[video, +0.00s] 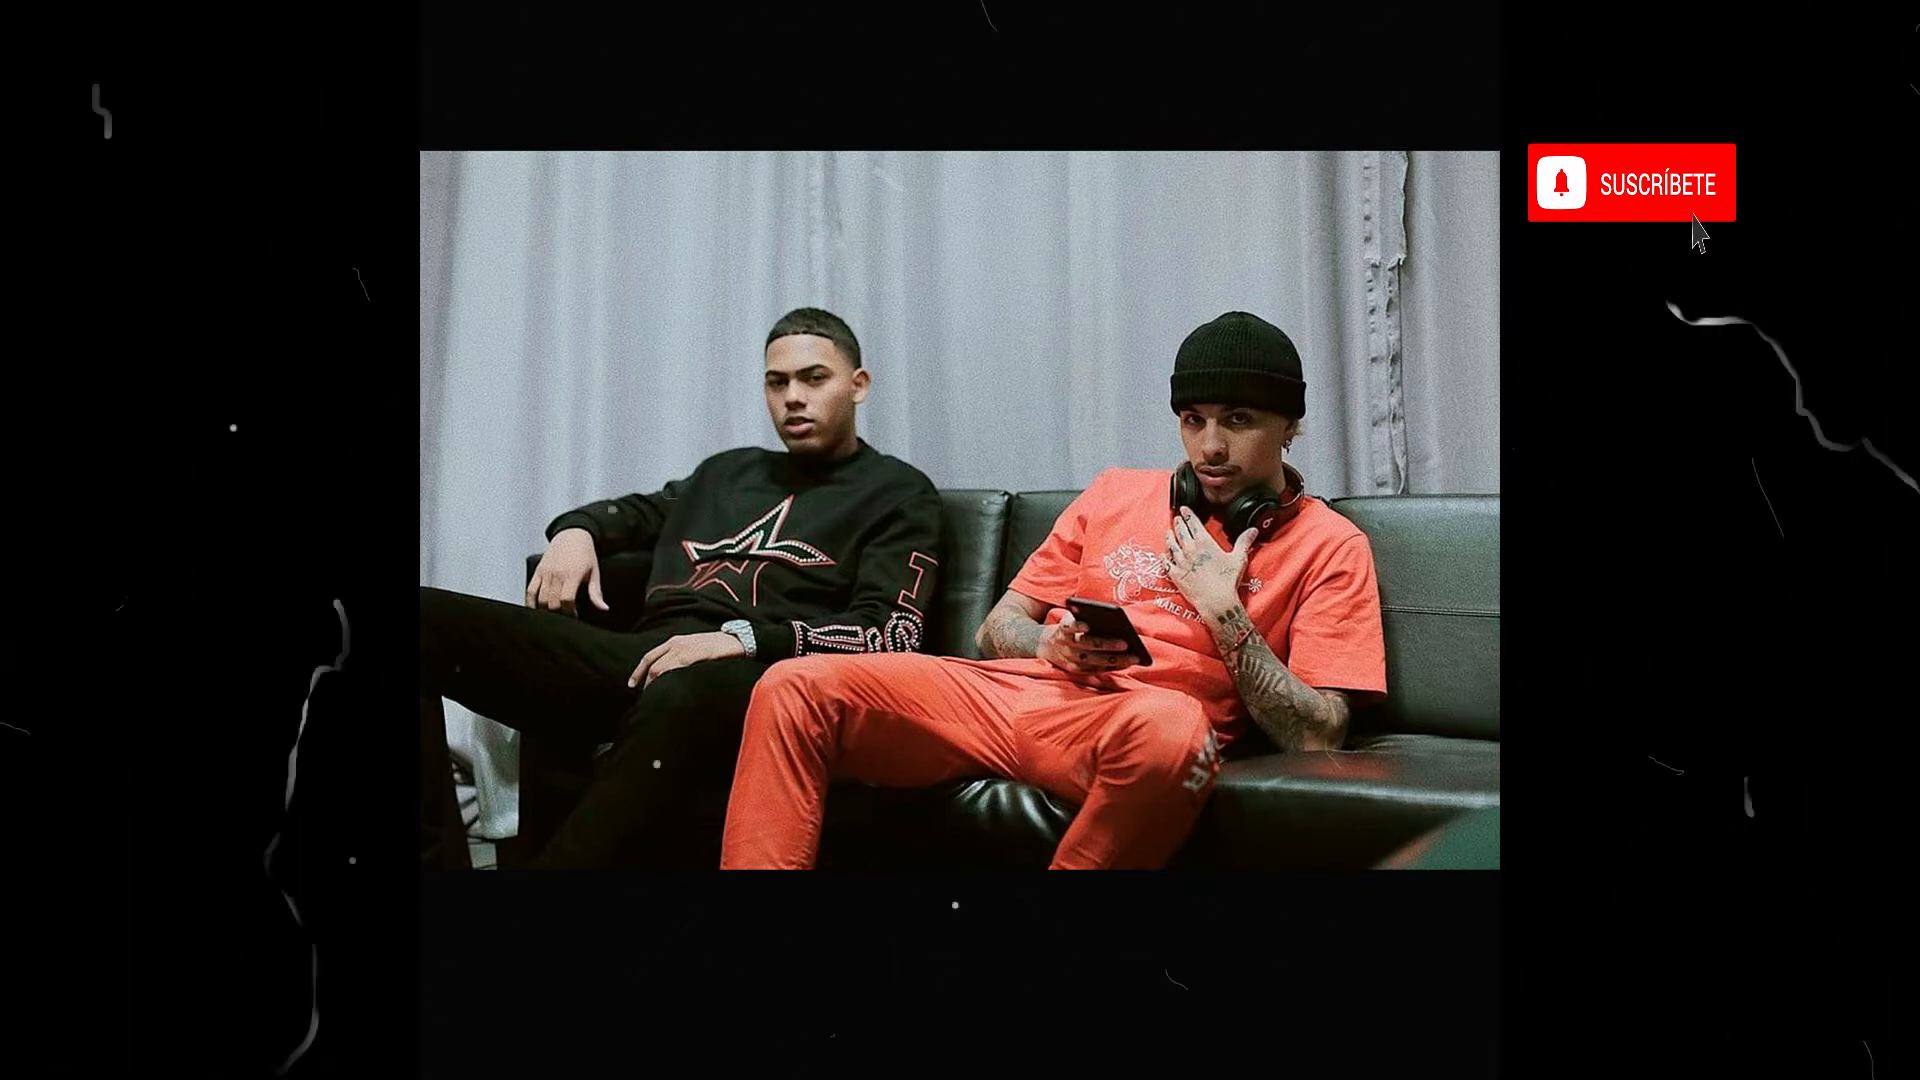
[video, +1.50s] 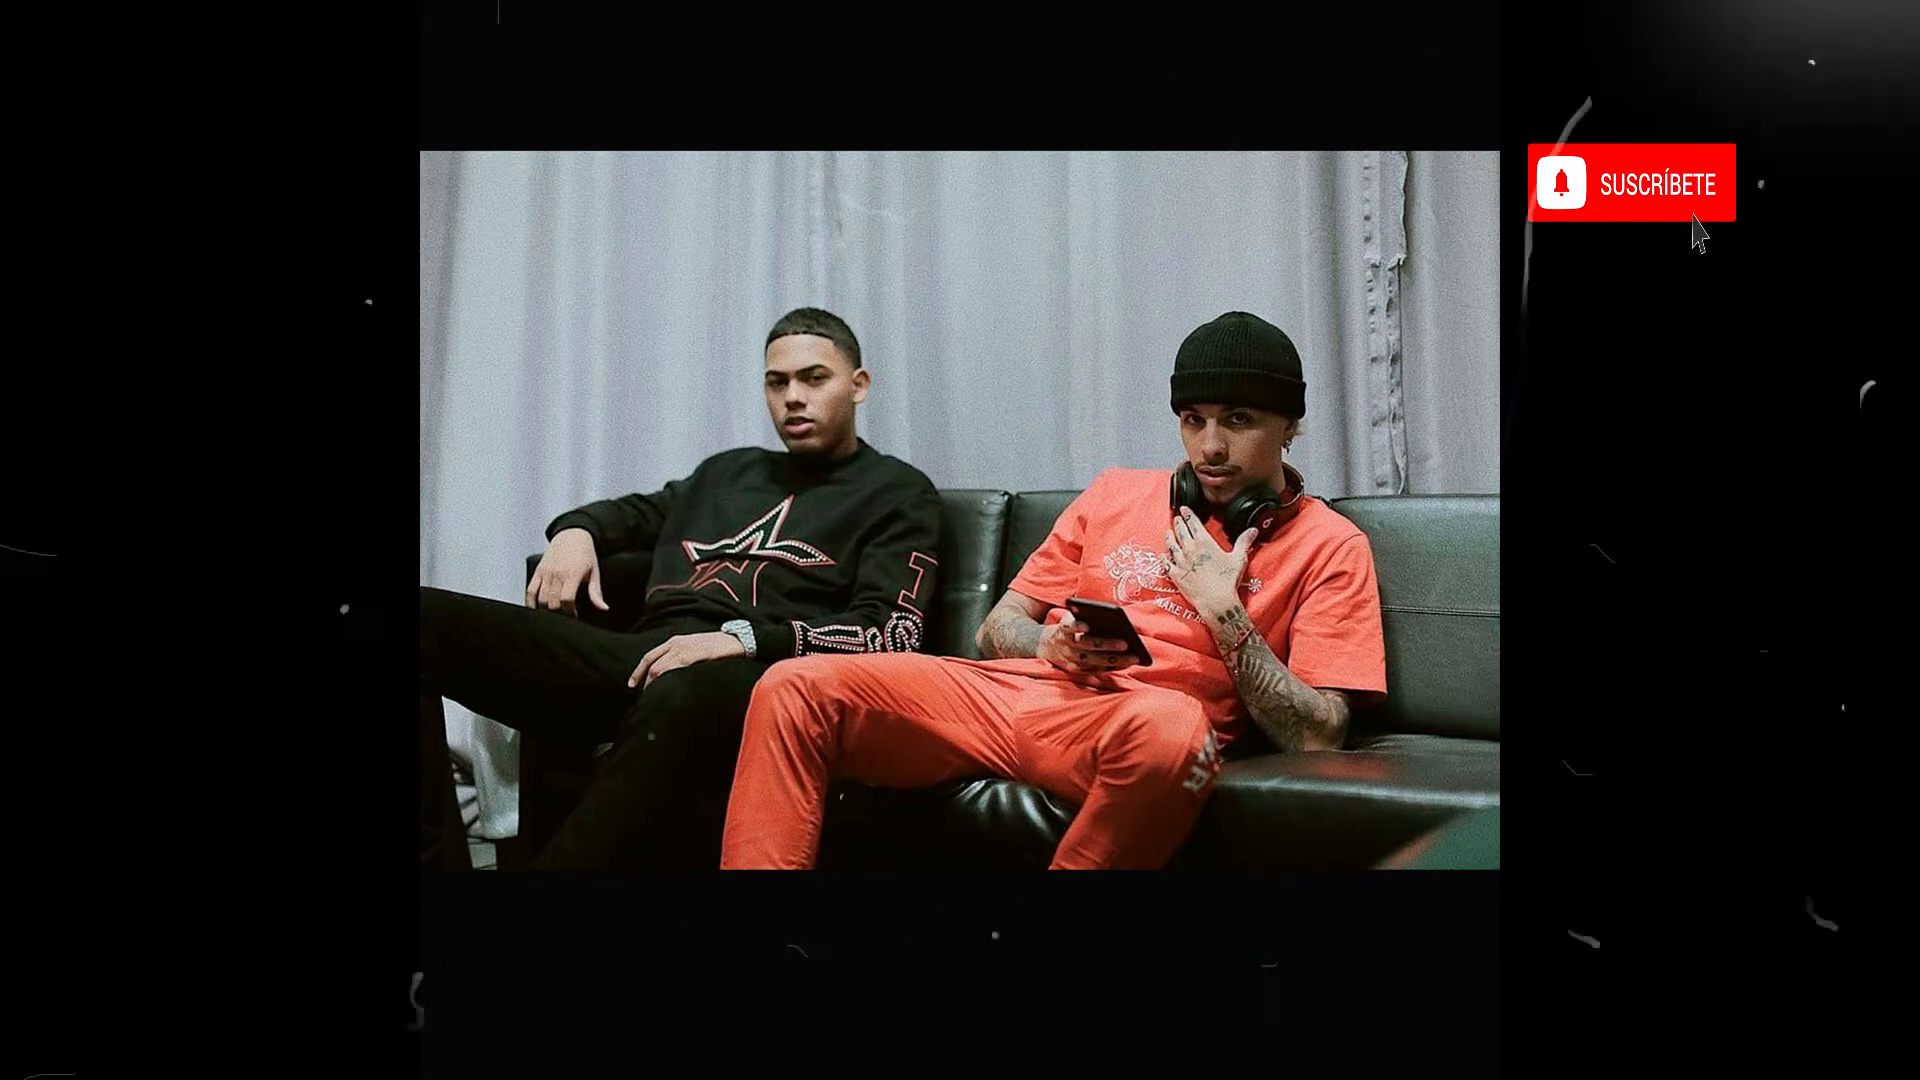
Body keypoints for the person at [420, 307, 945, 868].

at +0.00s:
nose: (793, 399)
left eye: (814, 378)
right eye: (779, 382)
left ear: (859, 385)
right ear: (765, 390)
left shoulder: (900, 494)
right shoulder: (727, 472)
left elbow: (893, 635)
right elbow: (643, 516)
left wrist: (743, 639)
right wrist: (575, 530)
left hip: (771, 681)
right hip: (637, 654)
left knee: (682, 701)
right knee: (424, 617)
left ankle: (561, 870)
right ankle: (440, 857)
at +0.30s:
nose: (793, 399)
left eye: (814, 378)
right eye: (779, 382)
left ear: (859, 385)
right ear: (765, 390)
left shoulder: (897, 494)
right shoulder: (729, 471)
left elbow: (893, 636)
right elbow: (642, 515)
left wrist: (741, 640)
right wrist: (575, 530)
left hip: (770, 681)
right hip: (637, 653)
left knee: (683, 701)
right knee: (426, 617)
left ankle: (562, 871)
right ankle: (441, 856)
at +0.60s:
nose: (793, 399)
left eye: (813, 378)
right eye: (779, 382)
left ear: (859, 385)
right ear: (765, 391)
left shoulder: (900, 494)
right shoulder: (728, 472)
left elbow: (892, 635)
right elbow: (640, 515)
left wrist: (744, 638)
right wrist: (575, 530)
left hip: (772, 681)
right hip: (638, 653)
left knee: (684, 699)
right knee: (426, 617)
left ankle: (562, 872)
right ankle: (440, 857)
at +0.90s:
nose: (793, 399)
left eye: (813, 379)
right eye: (779, 382)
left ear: (859, 385)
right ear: (765, 391)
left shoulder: (900, 494)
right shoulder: (728, 472)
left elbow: (891, 634)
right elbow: (641, 515)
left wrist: (743, 638)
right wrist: (575, 530)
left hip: (770, 680)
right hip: (637, 653)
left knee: (683, 699)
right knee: (424, 617)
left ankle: (557, 879)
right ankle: (441, 859)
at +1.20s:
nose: (793, 399)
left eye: (813, 379)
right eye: (779, 382)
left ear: (859, 385)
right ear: (765, 391)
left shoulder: (899, 493)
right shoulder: (728, 472)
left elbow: (892, 635)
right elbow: (640, 515)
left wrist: (745, 638)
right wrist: (575, 530)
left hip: (770, 680)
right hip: (637, 653)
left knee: (683, 699)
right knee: (426, 617)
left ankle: (560, 871)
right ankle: (441, 857)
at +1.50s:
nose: (793, 399)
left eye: (813, 379)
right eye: (779, 382)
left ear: (859, 385)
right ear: (765, 391)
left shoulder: (899, 493)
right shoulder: (728, 472)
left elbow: (893, 635)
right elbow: (640, 515)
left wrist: (745, 638)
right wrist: (575, 530)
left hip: (770, 681)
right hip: (638, 653)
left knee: (683, 699)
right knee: (424, 618)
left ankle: (560, 874)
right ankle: (441, 860)